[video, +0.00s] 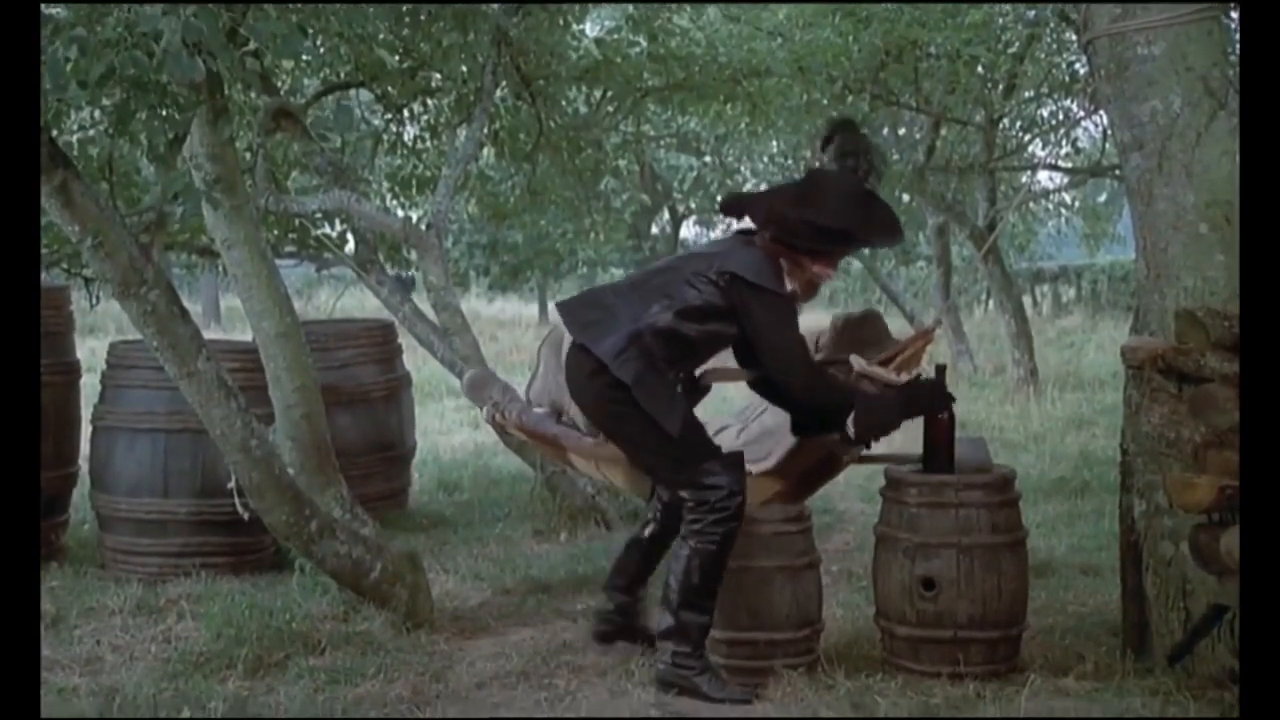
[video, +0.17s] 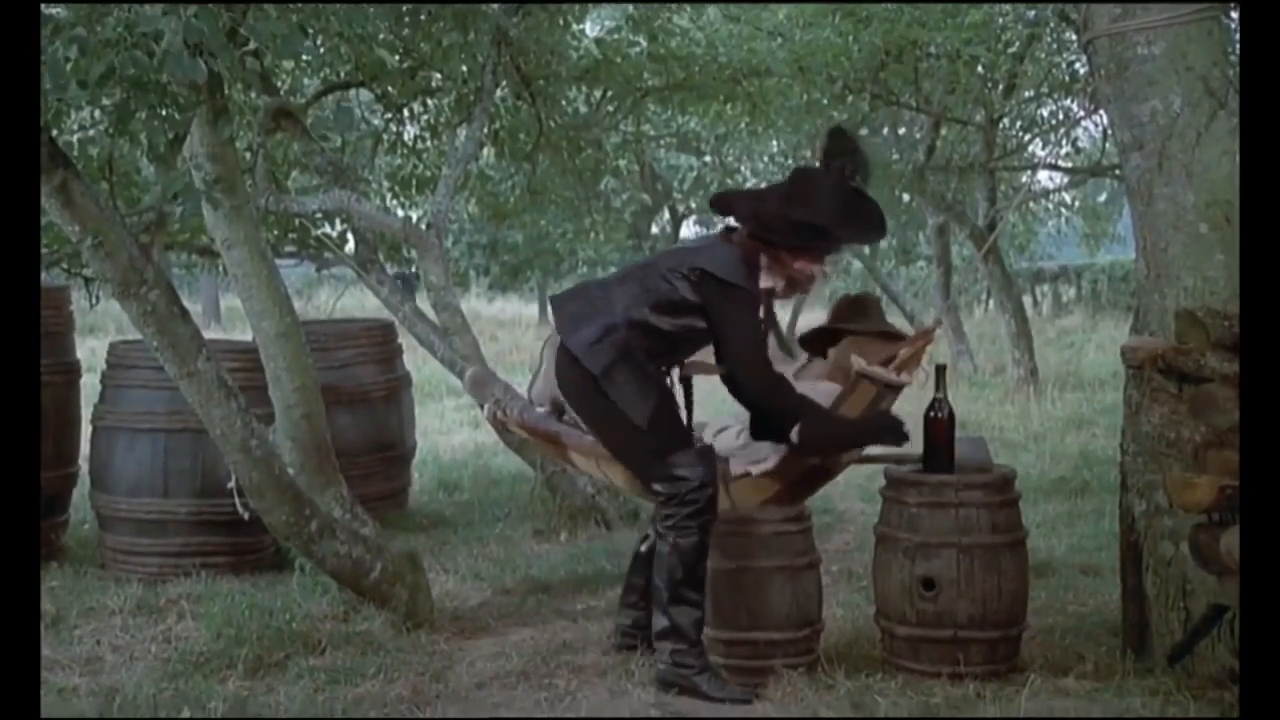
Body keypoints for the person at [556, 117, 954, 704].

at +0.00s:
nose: (830, 276)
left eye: (834, 264)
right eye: (828, 262)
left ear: (777, 236)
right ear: (796, 251)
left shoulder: (738, 258)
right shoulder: (756, 276)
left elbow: (767, 374)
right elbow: (799, 380)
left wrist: (841, 408)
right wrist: (879, 402)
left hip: (595, 361)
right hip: (616, 372)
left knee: (689, 481)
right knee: (718, 487)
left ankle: (618, 608)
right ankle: (685, 658)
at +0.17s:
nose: (819, 271)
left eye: (823, 259)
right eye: (814, 257)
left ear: (772, 242)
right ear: (782, 249)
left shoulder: (730, 262)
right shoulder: (731, 274)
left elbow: (746, 372)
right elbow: (752, 379)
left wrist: (791, 421)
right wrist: (845, 428)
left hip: (595, 353)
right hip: (597, 360)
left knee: (684, 475)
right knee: (689, 483)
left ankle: (640, 618)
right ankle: (682, 662)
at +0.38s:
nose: (805, 271)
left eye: (810, 258)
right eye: (799, 257)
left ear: (774, 251)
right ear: (762, 246)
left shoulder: (746, 280)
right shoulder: (709, 279)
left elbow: (717, 376)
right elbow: (722, 402)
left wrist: (720, 434)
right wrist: (786, 492)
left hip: (631, 359)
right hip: (584, 352)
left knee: (687, 480)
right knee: (653, 484)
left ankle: (641, 620)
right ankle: (611, 650)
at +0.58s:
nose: (807, 334)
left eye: (817, 322)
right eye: (808, 317)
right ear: (778, 303)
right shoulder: (703, 333)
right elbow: (702, 465)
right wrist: (728, 567)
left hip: (634, 371)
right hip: (571, 361)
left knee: (681, 489)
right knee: (630, 494)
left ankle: (663, 619)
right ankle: (603, 651)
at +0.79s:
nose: (799, 398)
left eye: (804, 387)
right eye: (796, 383)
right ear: (766, 361)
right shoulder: (702, 378)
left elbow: (705, 491)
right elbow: (694, 507)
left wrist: (734, 601)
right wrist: (725, 621)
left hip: (626, 376)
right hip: (568, 376)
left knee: (679, 491)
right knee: (634, 496)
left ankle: (664, 616)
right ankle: (603, 650)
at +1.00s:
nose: (784, 428)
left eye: (795, 421)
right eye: (788, 416)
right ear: (766, 391)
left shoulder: (732, 359)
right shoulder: (702, 401)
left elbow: (710, 504)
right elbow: (694, 532)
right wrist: (730, 656)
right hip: (567, 380)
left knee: (685, 487)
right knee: (640, 492)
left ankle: (668, 615)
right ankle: (590, 660)